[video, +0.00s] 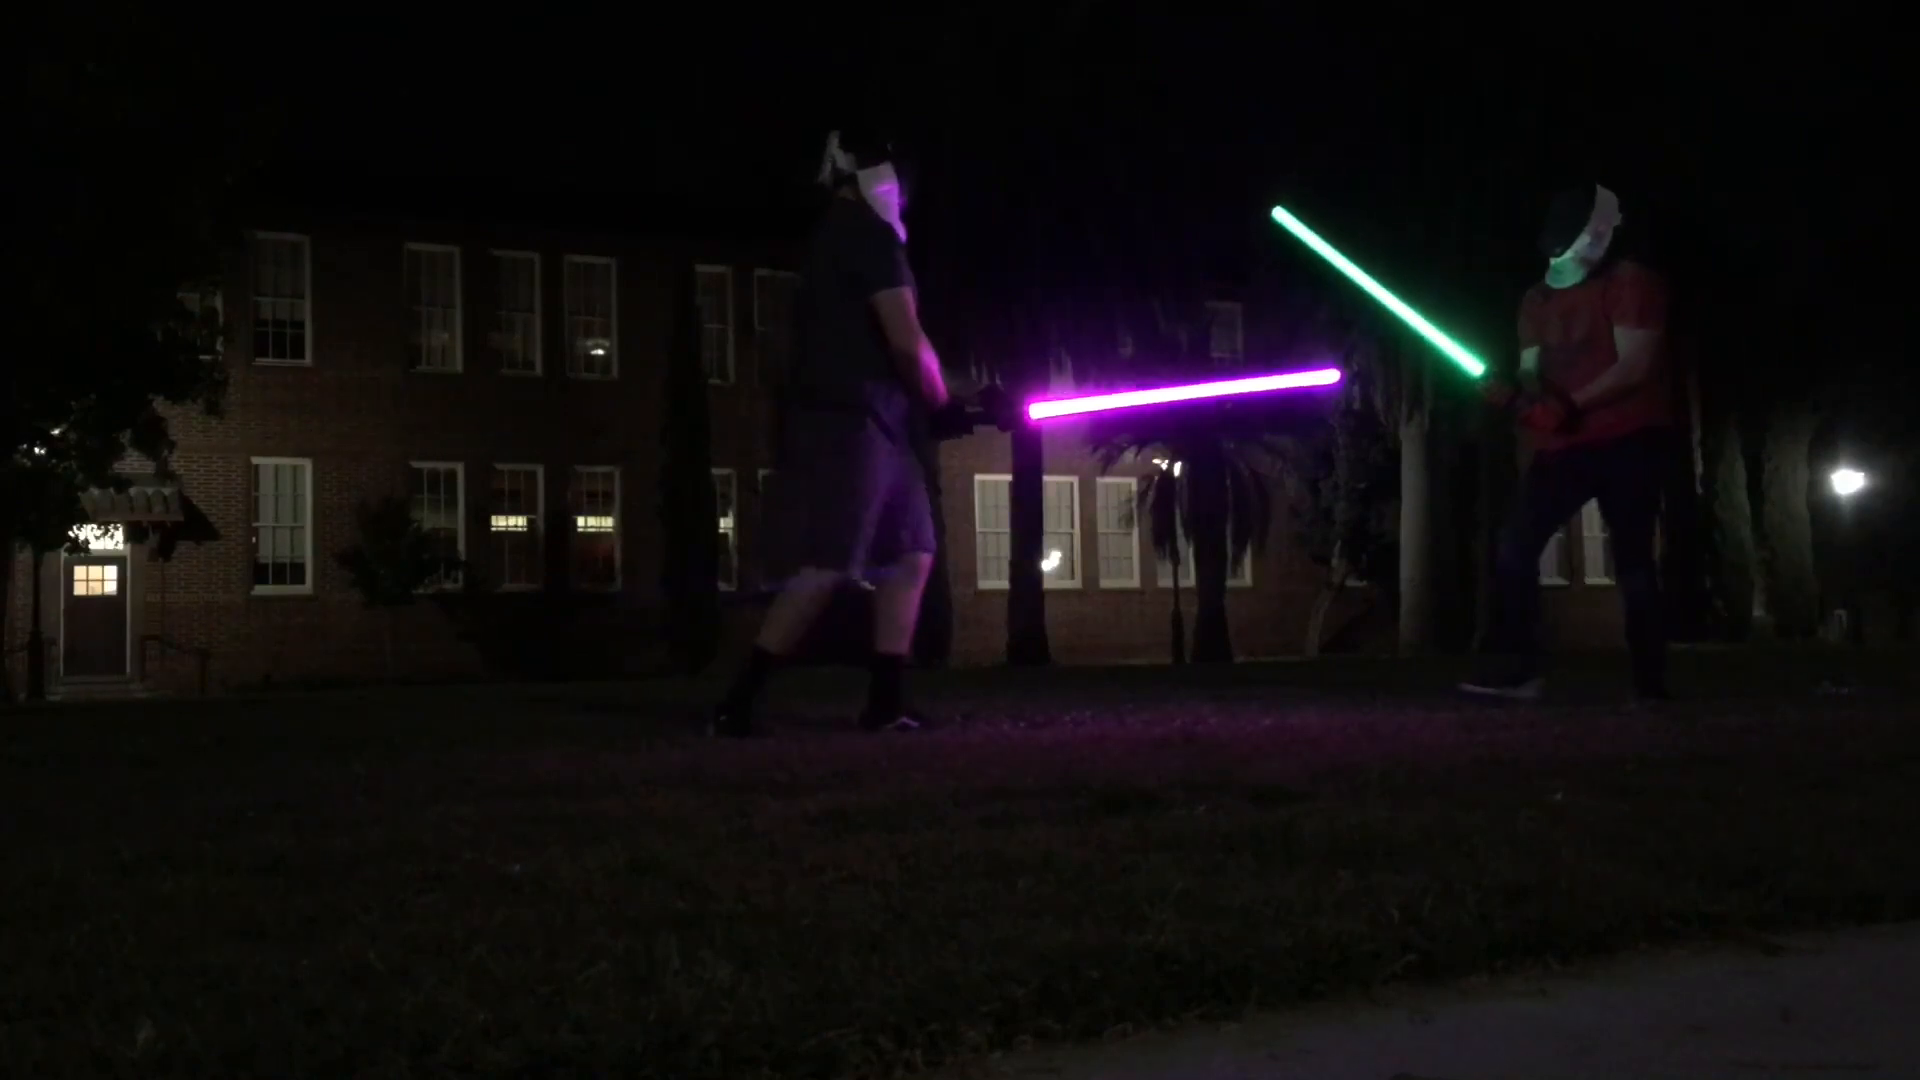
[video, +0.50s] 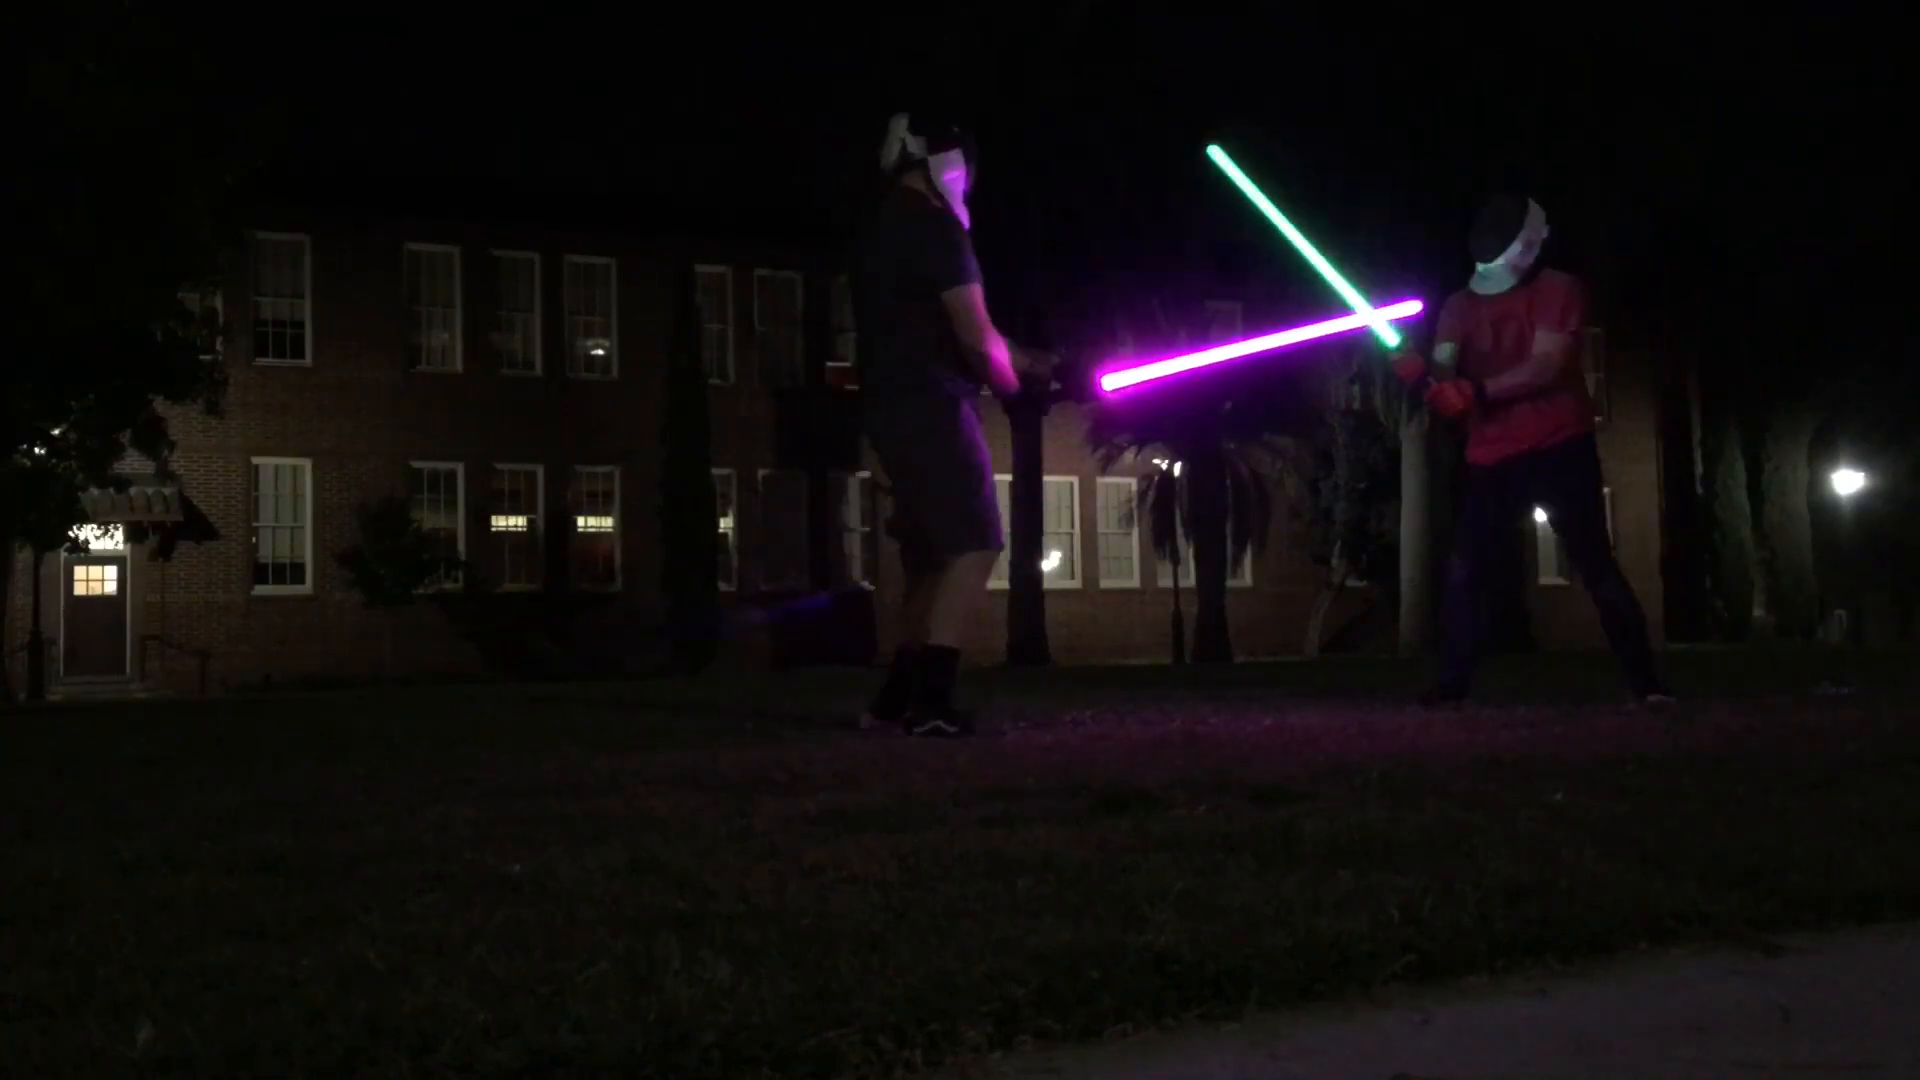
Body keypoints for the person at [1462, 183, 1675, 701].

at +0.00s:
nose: (1559, 256)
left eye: (1571, 244)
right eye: (1554, 246)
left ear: (1598, 237)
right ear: (1551, 242)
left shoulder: (1628, 285)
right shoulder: (1538, 302)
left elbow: (1635, 365)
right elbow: (1534, 382)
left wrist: (1571, 404)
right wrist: (1508, 392)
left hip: (1629, 447)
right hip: (1563, 451)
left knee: (1634, 568)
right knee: (1515, 548)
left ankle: (1649, 683)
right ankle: (1514, 670)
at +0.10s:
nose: (1551, 252)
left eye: (1563, 240)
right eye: (1547, 241)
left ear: (1587, 238)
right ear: (1544, 243)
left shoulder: (1616, 288)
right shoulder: (1524, 306)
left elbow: (1625, 368)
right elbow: (1522, 387)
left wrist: (1562, 407)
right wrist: (1500, 396)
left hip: (1616, 450)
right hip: (1552, 457)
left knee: (1627, 569)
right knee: (1509, 556)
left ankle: (1649, 685)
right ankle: (1471, 672)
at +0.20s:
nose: (1536, 267)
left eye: (1546, 255)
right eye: (1530, 256)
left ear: (1571, 249)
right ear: (1527, 252)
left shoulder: (1601, 298)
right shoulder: (1507, 314)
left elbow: (1606, 375)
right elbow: (1503, 391)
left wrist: (1542, 412)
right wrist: (1481, 400)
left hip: (1598, 458)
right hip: (1531, 464)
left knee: (1617, 573)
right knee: (1496, 567)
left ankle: (1651, 685)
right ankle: (1456, 680)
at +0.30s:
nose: (1512, 267)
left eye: (1526, 255)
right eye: (1507, 256)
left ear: (1552, 253)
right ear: (1500, 255)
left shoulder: (1581, 303)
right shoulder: (1487, 316)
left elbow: (1581, 382)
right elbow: (1484, 397)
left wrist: (1515, 413)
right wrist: (1458, 397)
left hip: (1579, 459)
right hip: (1511, 466)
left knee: (1603, 574)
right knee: (1481, 571)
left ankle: (1649, 684)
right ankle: (1454, 682)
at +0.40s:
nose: (1498, 260)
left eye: (1510, 247)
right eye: (1493, 250)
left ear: (1534, 245)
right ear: (1488, 249)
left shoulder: (1564, 295)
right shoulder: (1470, 311)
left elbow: (1560, 375)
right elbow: (1461, 388)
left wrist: (1492, 402)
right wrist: (1439, 390)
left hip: (1565, 456)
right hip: (1496, 463)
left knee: (1598, 571)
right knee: (1472, 571)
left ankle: (1645, 680)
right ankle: (1452, 682)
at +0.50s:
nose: (1531, 250)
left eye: (1525, 243)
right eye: (1524, 241)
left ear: (1528, 244)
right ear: (1504, 246)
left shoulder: (1557, 292)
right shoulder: (1458, 308)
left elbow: (1545, 367)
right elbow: (1444, 386)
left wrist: (1476, 391)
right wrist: (1422, 376)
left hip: (1561, 452)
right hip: (1491, 462)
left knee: (1594, 568)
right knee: (1469, 569)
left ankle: (1646, 684)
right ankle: (1452, 684)